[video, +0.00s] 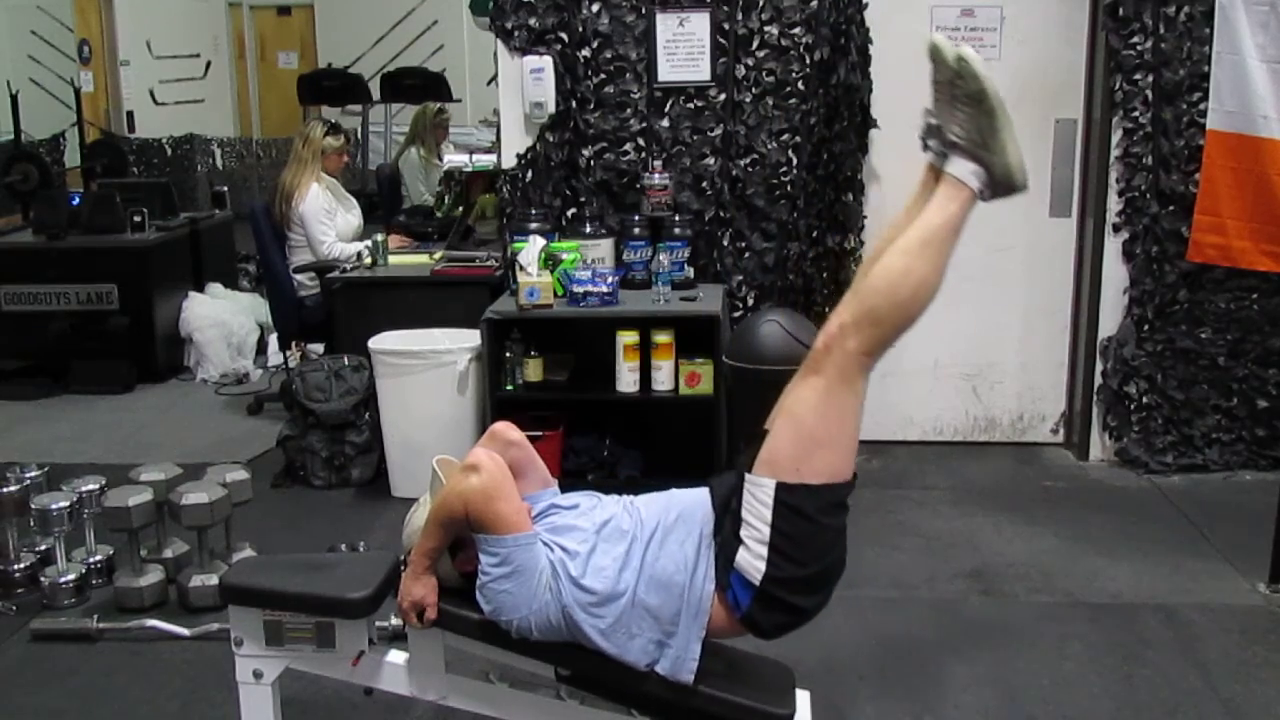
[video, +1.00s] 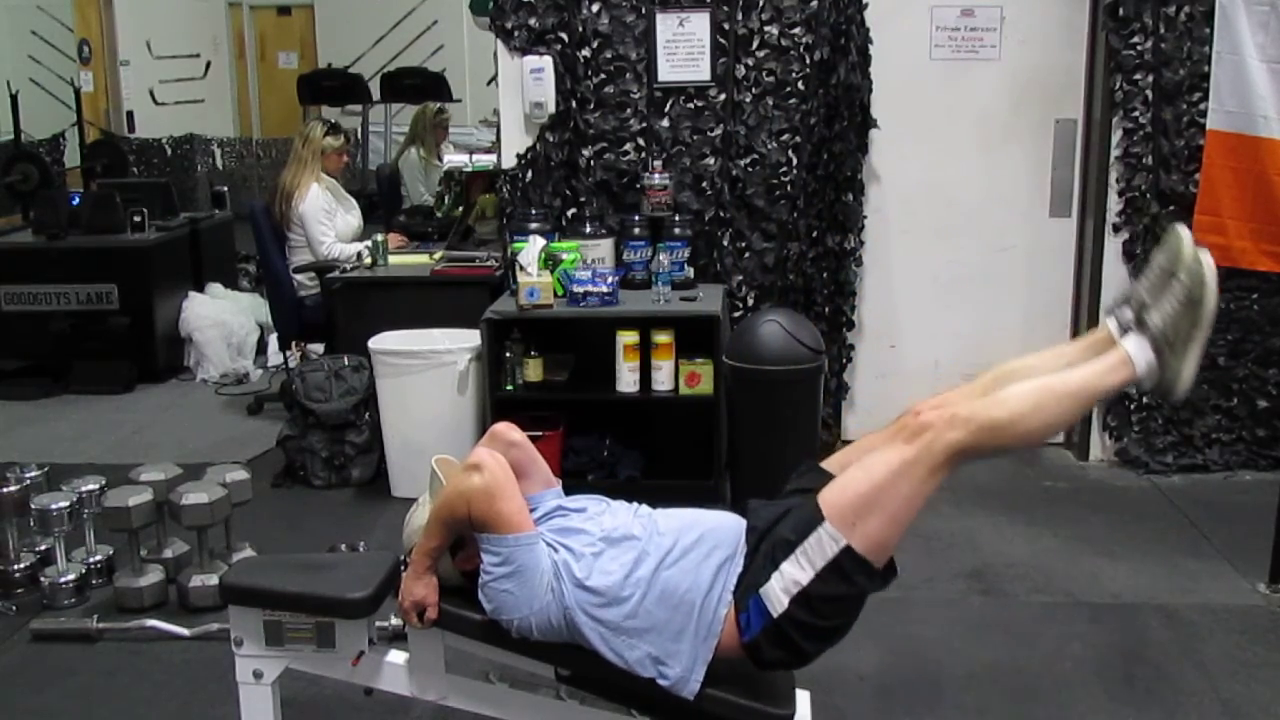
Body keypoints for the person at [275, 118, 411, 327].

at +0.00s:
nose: (346, 159)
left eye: (346, 153)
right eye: (340, 154)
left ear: (324, 155)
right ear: (320, 154)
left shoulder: (324, 186)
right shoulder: (312, 192)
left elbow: (335, 244)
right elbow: (326, 251)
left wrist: (378, 242)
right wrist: (378, 245)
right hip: (319, 292)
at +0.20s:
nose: (346, 160)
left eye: (346, 153)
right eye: (340, 154)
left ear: (323, 155)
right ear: (320, 155)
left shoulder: (323, 186)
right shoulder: (312, 192)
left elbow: (332, 245)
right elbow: (326, 251)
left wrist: (377, 243)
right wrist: (378, 245)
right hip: (318, 292)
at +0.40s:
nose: (346, 159)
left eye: (346, 153)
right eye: (340, 154)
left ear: (323, 155)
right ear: (320, 154)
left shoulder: (323, 186)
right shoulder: (312, 192)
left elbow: (334, 245)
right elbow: (326, 251)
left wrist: (377, 243)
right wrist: (378, 245)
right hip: (318, 293)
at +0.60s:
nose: (346, 160)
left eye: (346, 154)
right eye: (340, 154)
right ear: (320, 155)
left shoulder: (323, 185)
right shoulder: (312, 192)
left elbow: (335, 244)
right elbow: (327, 252)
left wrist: (377, 243)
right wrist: (378, 245)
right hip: (318, 291)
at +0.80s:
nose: (346, 159)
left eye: (346, 153)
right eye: (340, 154)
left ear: (322, 155)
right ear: (320, 154)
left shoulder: (324, 185)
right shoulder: (312, 192)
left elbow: (334, 245)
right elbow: (326, 251)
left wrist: (377, 242)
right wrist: (378, 245)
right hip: (318, 292)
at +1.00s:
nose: (345, 160)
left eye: (346, 153)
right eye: (340, 154)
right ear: (320, 154)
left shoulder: (324, 186)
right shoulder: (312, 192)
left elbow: (334, 244)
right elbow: (326, 251)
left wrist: (377, 243)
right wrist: (378, 245)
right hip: (318, 294)